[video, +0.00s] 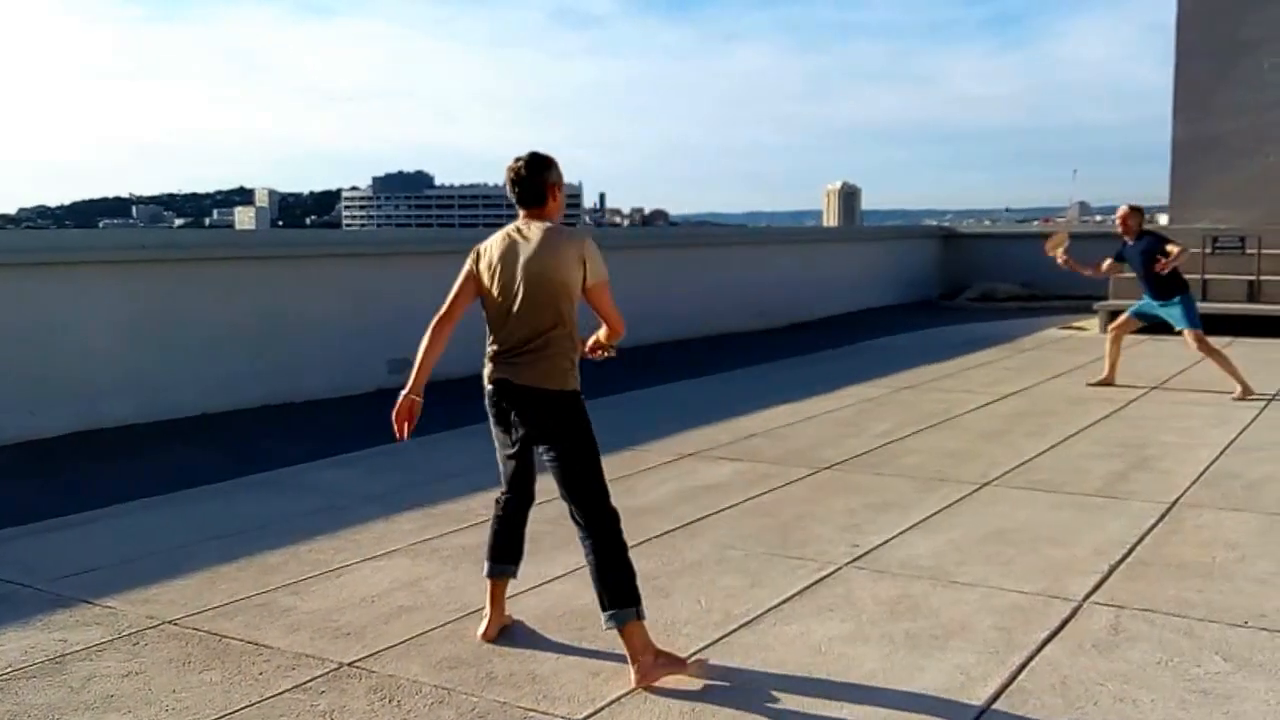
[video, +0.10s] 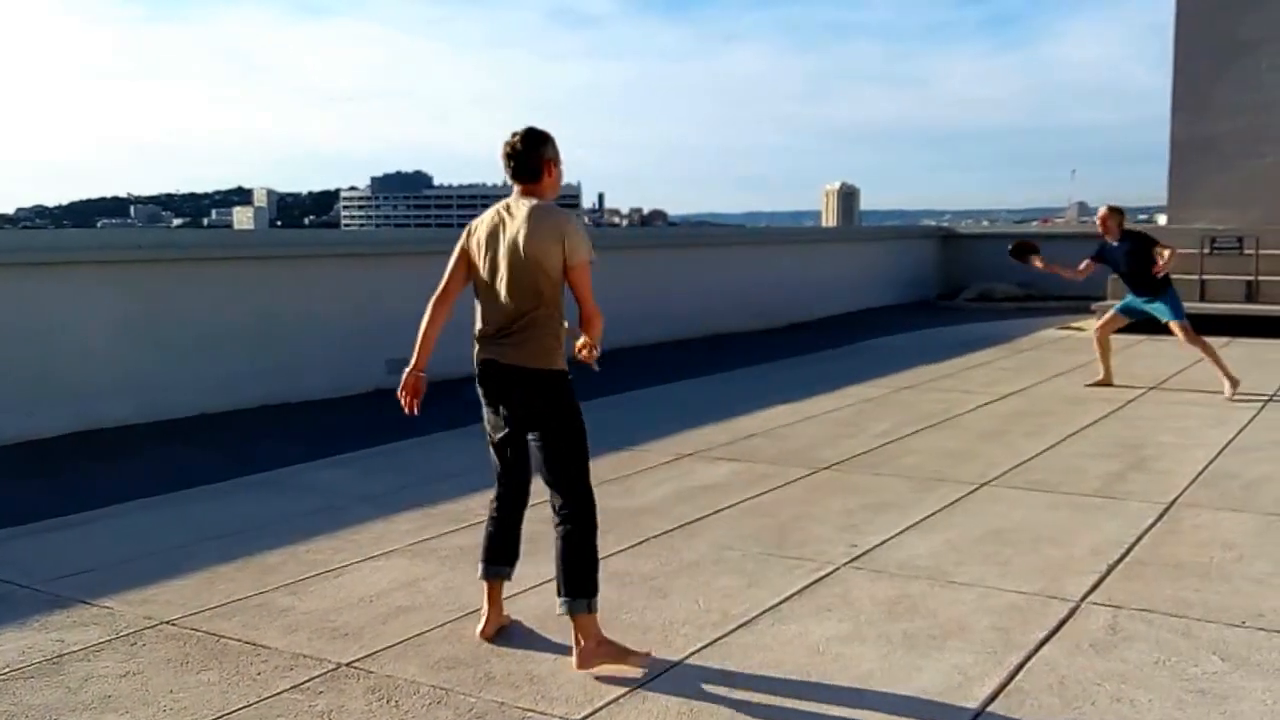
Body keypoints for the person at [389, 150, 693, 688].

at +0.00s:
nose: (565, 196)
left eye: (560, 188)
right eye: (562, 189)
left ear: (515, 196)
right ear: (553, 193)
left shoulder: (488, 249)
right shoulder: (577, 246)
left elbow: (444, 320)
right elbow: (613, 324)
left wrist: (413, 386)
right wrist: (600, 342)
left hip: (500, 389)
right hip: (555, 394)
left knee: (513, 491)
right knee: (595, 514)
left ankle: (493, 614)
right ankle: (642, 654)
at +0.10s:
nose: (561, 173)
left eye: (557, 164)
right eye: (558, 165)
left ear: (509, 172)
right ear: (549, 170)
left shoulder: (481, 225)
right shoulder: (563, 224)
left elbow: (441, 301)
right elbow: (589, 310)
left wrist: (417, 365)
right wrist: (589, 343)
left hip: (492, 375)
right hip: (543, 378)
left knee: (509, 488)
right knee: (573, 500)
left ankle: (492, 613)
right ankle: (588, 638)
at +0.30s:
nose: (562, 158)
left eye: (559, 149)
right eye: (559, 150)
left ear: (511, 158)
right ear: (547, 156)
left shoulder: (483, 210)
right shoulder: (550, 213)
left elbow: (461, 296)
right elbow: (557, 299)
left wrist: (466, 356)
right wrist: (582, 352)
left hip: (472, 364)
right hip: (516, 371)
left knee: (481, 467)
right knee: (550, 489)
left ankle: (448, 578)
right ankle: (524, 615)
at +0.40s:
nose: (559, 182)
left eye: (555, 173)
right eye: (556, 175)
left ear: (509, 181)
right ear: (544, 181)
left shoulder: (491, 228)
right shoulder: (531, 240)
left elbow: (502, 327)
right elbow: (529, 337)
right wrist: (564, 390)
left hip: (463, 381)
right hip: (500, 392)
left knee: (460, 482)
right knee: (560, 502)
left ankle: (412, 582)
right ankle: (523, 623)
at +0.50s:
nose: (552, 206)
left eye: (550, 198)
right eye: (549, 198)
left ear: (506, 207)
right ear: (534, 208)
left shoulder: (491, 248)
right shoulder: (508, 268)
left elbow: (535, 318)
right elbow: (487, 361)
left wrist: (589, 354)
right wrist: (535, 418)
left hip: (452, 400)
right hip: (486, 410)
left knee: (447, 496)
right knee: (572, 504)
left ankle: (403, 598)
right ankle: (524, 622)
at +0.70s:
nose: (587, 239)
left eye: (585, 231)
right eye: (583, 233)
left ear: (539, 236)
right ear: (568, 244)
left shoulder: (523, 264)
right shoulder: (526, 301)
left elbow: (567, 274)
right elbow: (488, 389)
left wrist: (612, 291)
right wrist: (521, 453)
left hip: (440, 401)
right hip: (473, 413)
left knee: (456, 493)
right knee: (578, 486)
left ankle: (402, 600)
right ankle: (594, 616)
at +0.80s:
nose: (631, 270)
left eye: (630, 263)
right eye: (628, 265)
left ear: (582, 266)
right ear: (610, 278)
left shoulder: (556, 277)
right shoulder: (571, 332)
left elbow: (546, 257)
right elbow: (541, 424)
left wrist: (560, 265)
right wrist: (574, 492)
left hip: (440, 397)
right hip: (475, 416)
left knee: (454, 493)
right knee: (581, 496)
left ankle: (402, 599)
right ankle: (602, 626)